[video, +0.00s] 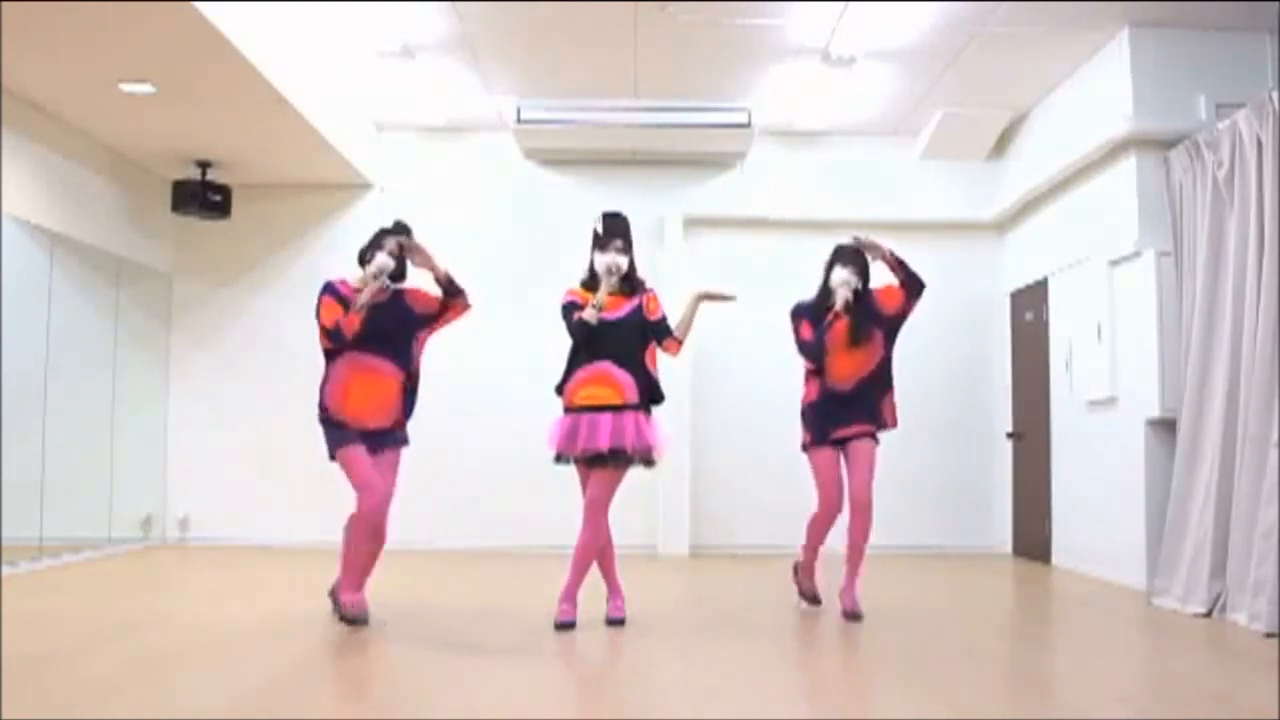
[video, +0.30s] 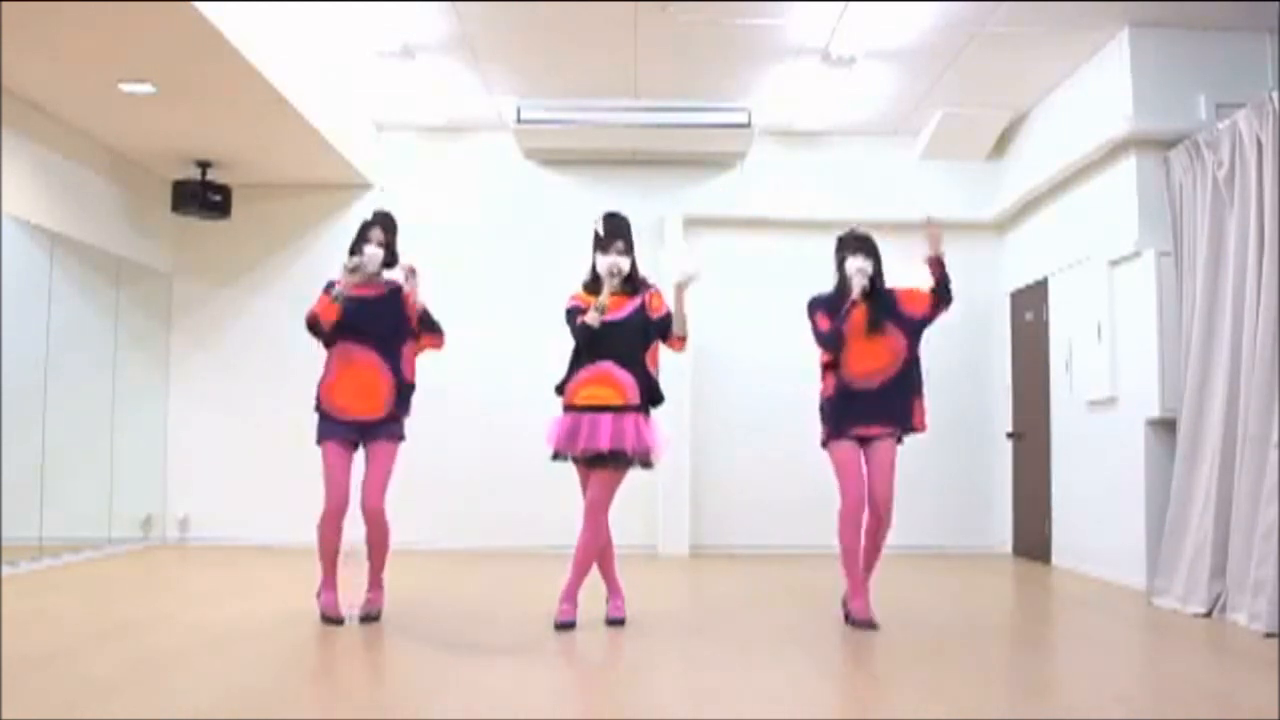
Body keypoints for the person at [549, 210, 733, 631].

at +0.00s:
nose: (613, 261)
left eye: (621, 252)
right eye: (606, 252)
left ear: (631, 255)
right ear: (593, 253)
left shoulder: (642, 297)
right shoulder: (576, 295)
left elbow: (671, 344)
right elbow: (579, 332)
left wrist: (695, 300)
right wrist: (602, 289)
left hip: (624, 407)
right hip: (582, 406)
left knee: (596, 503)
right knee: (594, 505)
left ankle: (567, 595)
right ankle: (615, 592)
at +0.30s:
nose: (613, 262)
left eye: (620, 254)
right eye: (606, 254)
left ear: (632, 257)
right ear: (594, 257)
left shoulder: (647, 298)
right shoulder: (580, 299)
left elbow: (677, 340)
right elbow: (583, 333)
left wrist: (680, 296)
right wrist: (604, 294)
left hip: (625, 407)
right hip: (582, 406)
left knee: (596, 505)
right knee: (593, 507)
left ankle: (569, 594)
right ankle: (613, 592)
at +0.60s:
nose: (615, 256)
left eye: (623, 247)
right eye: (608, 247)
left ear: (634, 251)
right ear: (596, 250)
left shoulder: (651, 295)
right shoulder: (582, 294)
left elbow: (682, 347)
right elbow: (582, 327)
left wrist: (698, 393)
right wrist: (602, 293)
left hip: (637, 401)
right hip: (593, 400)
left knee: (608, 478)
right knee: (600, 489)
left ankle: (634, 557)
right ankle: (612, 589)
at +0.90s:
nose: (619, 256)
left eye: (627, 247)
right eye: (611, 247)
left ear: (637, 251)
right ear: (598, 251)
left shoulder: (654, 295)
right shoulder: (583, 294)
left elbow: (659, 351)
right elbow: (591, 326)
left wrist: (666, 400)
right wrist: (609, 287)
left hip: (645, 401)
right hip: (599, 401)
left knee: (646, 502)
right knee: (606, 503)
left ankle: (645, 593)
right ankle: (613, 592)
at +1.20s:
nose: (621, 257)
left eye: (628, 249)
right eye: (613, 249)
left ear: (638, 253)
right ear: (600, 253)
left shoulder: (655, 296)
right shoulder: (586, 295)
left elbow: (662, 354)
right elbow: (596, 329)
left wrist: (671, 405)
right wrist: (612, 290)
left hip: (646, 402)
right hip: (602, 402)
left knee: (647, 503)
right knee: (607, 503)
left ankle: (645, 592)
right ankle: (613, 592)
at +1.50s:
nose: (619, 257)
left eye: (627, 248)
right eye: (612, 247)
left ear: (639, 249)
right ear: (601, 249)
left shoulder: (656, 296)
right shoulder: (589, 297)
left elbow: (670, 353)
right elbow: (584, 334)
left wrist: (680, 404)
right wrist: (597, 296)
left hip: (646, 402)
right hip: (601, 404)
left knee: (645, 504)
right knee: (608, 505)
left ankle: (645, 592)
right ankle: (613, 592)